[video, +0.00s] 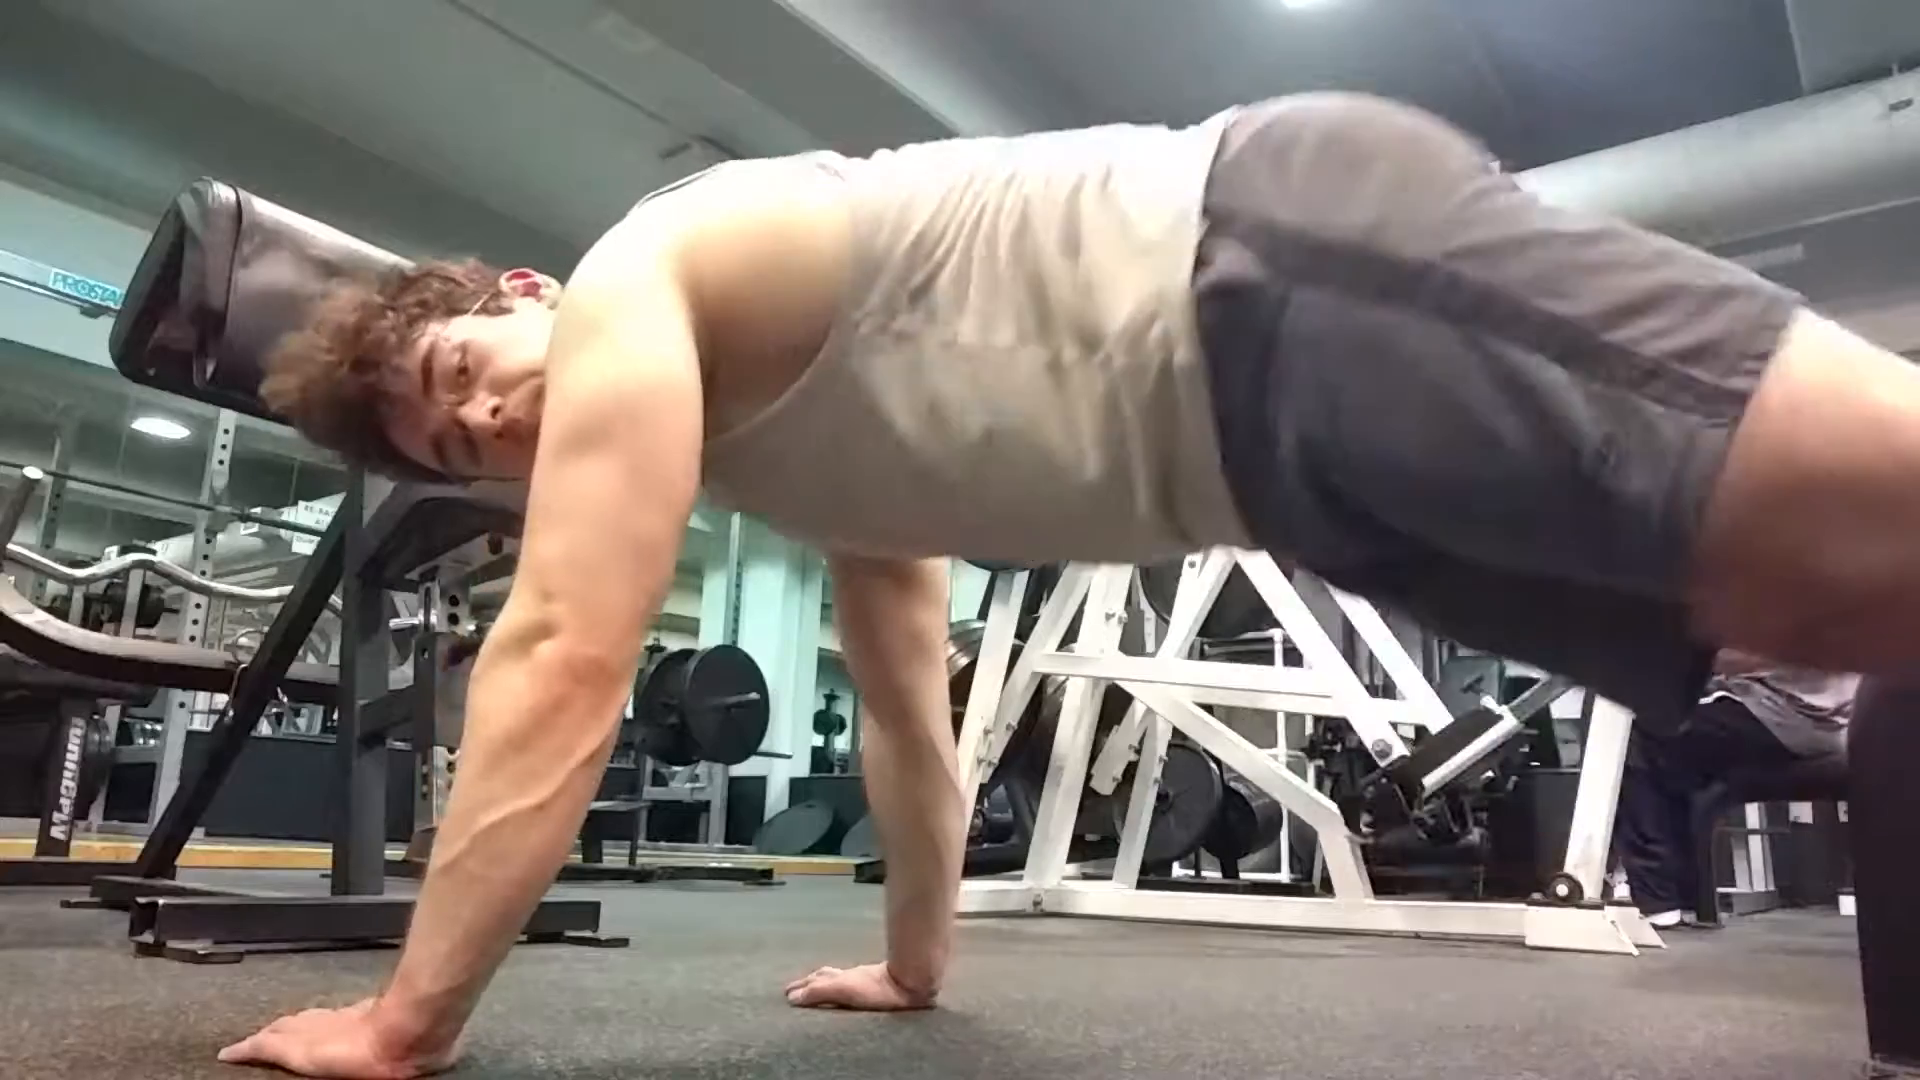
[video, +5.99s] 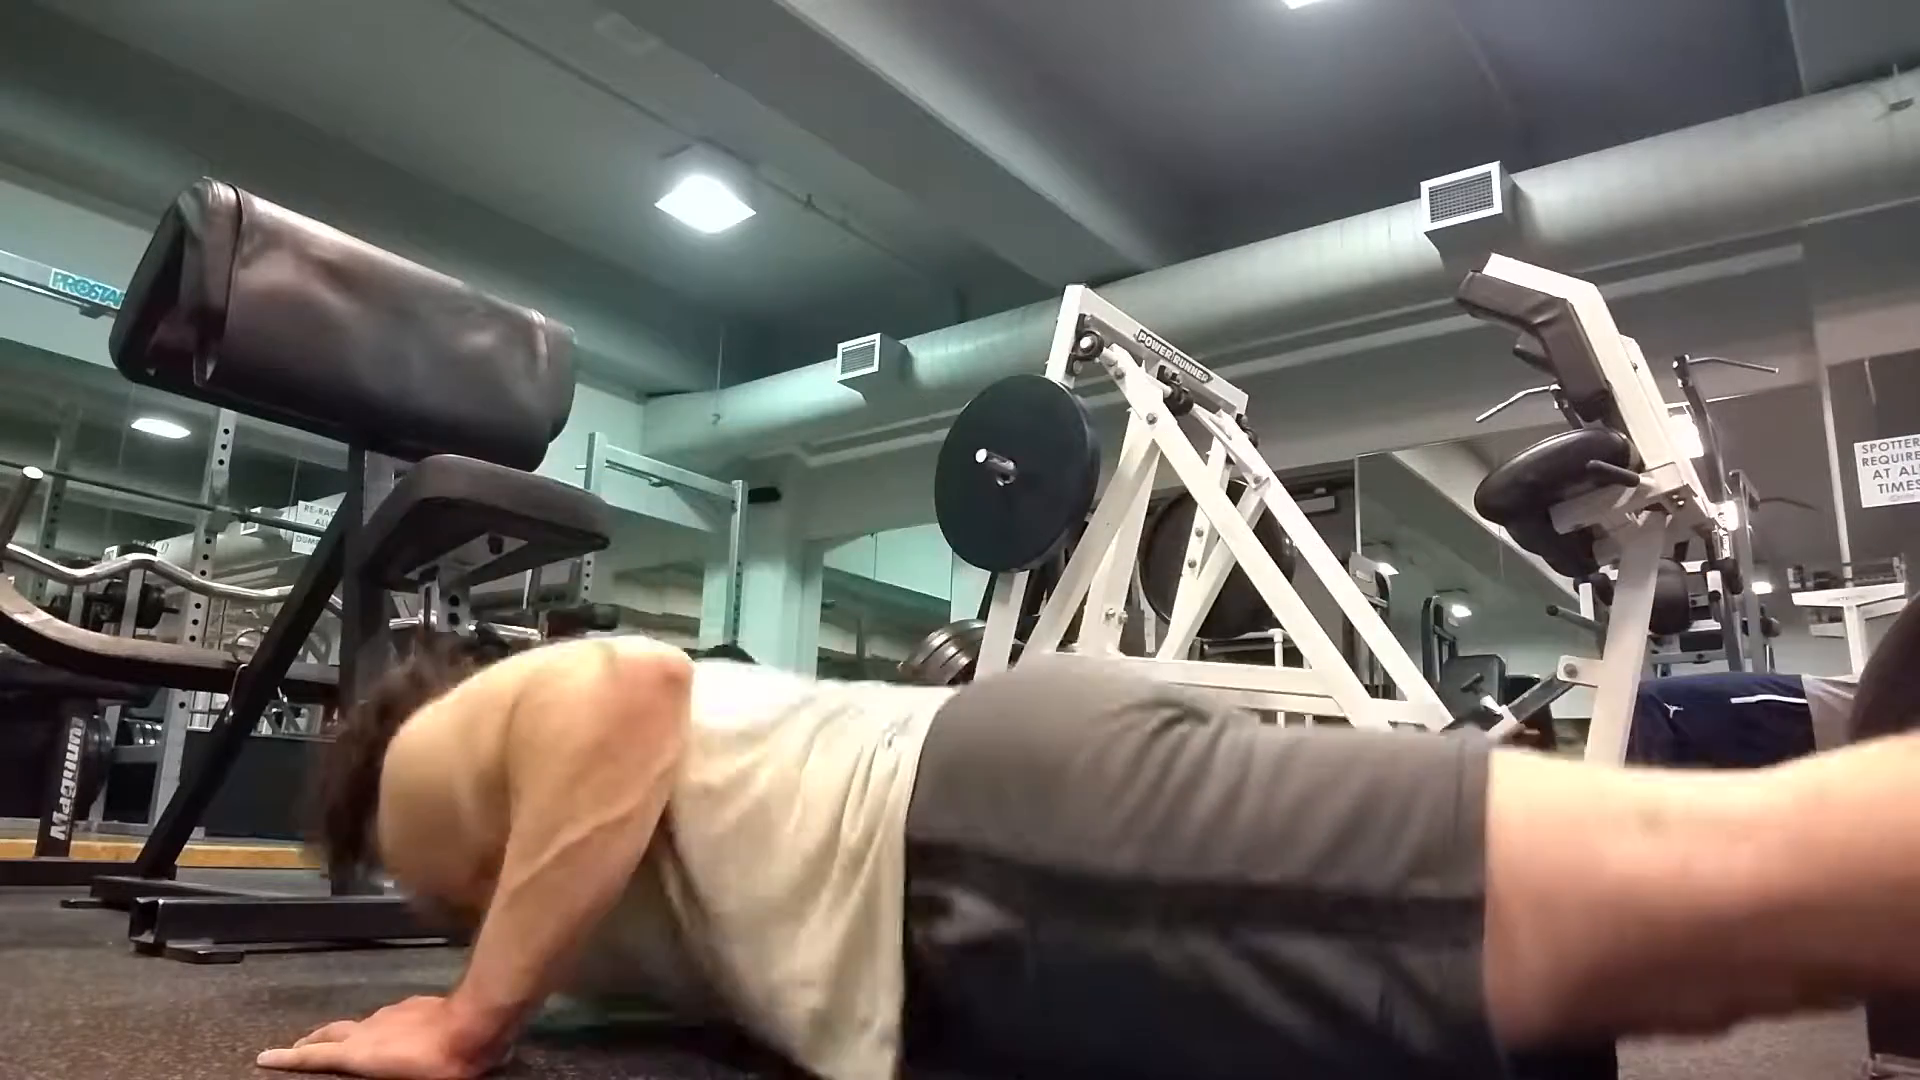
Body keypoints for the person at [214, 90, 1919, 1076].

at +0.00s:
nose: (454, 418)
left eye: (439, 364)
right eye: (417, 439)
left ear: (491, 289)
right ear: (430, 464)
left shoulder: (640, 290)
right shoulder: (790, 421)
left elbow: (557, 667)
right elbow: (896, 653)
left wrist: (411, 1006)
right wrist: (921, 960)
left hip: (1286, 294)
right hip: (1283, 457)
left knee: (1883, 492)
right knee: (1841, 621)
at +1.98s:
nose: (530, 380)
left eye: (524, 354)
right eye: (529, 358)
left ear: (553, 312)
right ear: (658, 275)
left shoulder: (608, 355)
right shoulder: (811, 405)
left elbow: (601, 669)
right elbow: (941, 692)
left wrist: (468, 1012)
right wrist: (929, 962)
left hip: (1203, 452)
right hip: (1216, 615)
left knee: (1847, 612)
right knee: (1808, 711)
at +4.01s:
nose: (407, 555)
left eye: (396, 513)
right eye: (395, 535)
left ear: (418, 429)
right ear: (523, 415)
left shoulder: (530, 413)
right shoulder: (712, 440)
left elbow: (619, 660)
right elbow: (941, 706)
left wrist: (463, 1021)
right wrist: (921, 969)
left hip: (1060, 559)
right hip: (1068, 610)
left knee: (1784, 692)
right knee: (1761, 734)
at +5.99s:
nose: (404, 866)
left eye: (383, 846)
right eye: (402, 847)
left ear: (380, 788)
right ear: (439, 742)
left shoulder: (428, 753)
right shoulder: (545, 824)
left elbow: (630, 697)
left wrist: (460, 1018)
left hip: (991, 846)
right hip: (988, 931)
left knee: (1739, 886)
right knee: (1713, 909)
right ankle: (1874, 965)